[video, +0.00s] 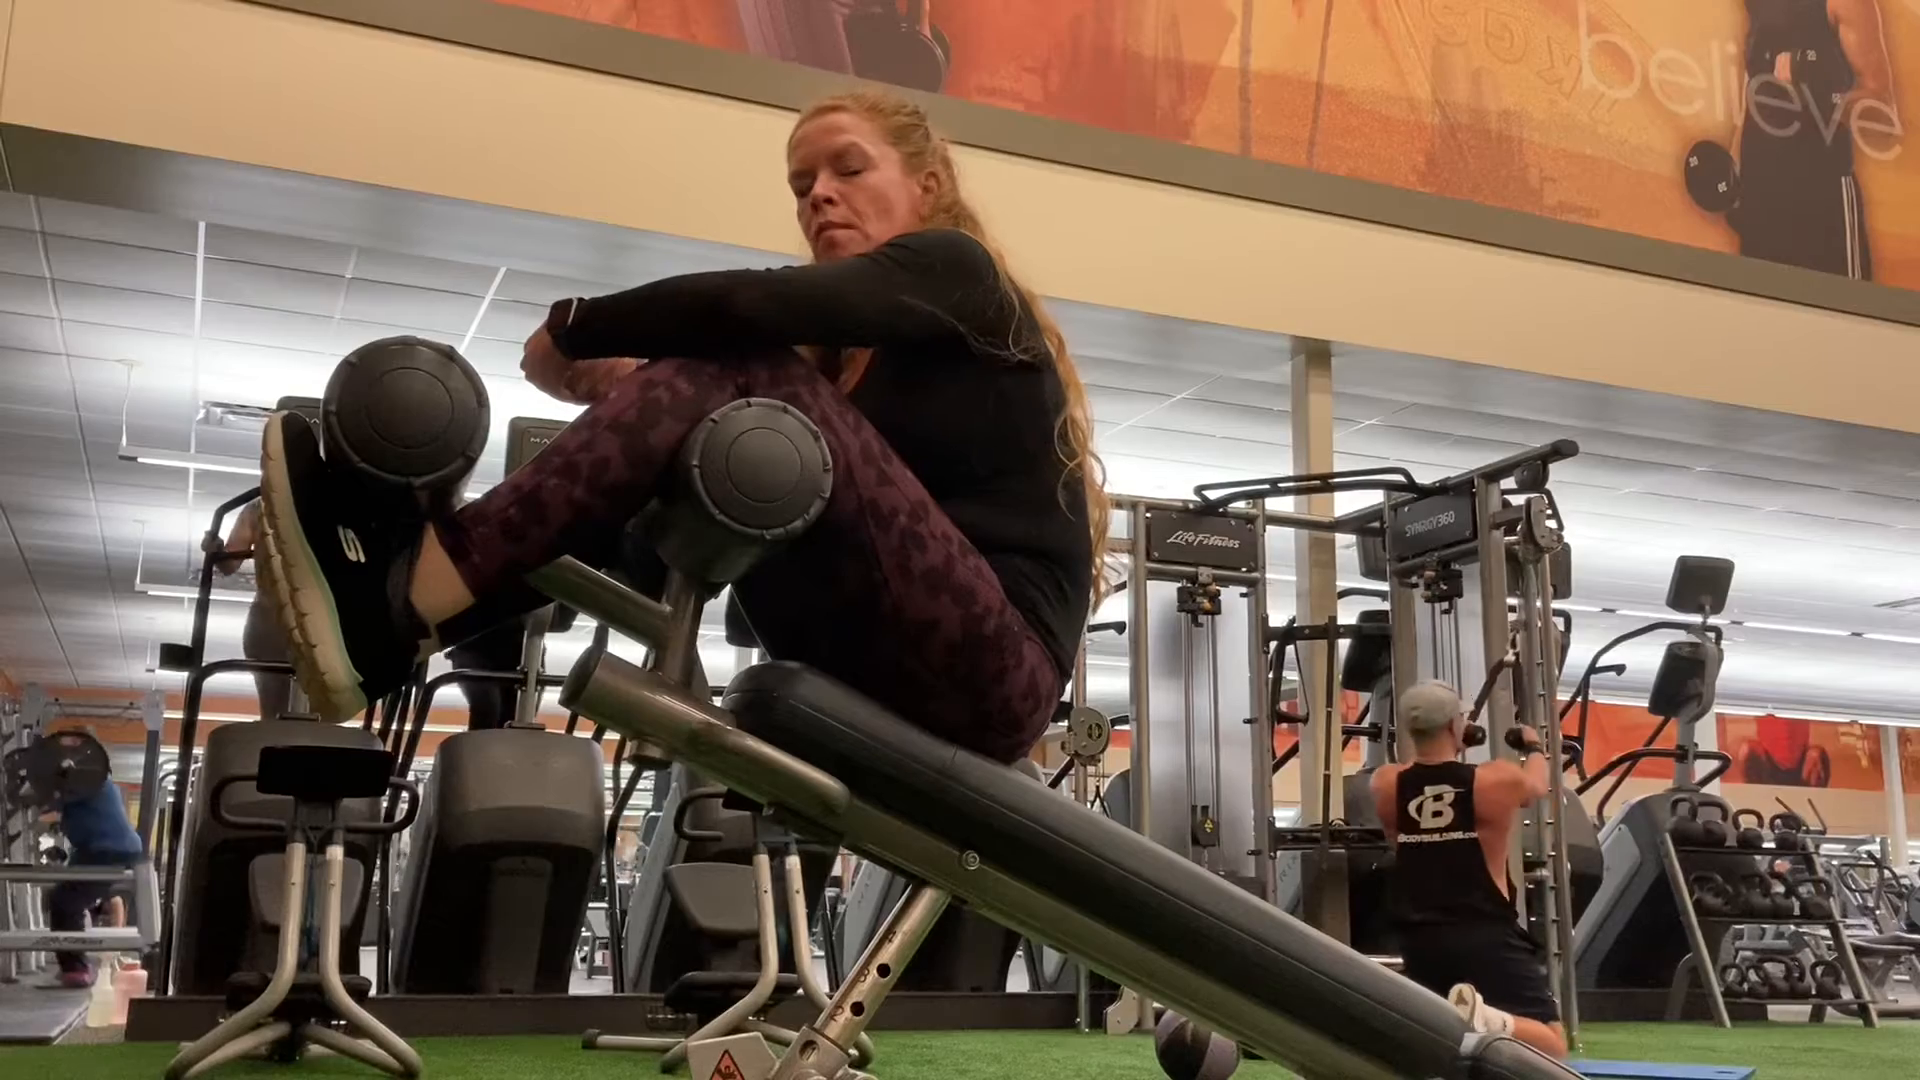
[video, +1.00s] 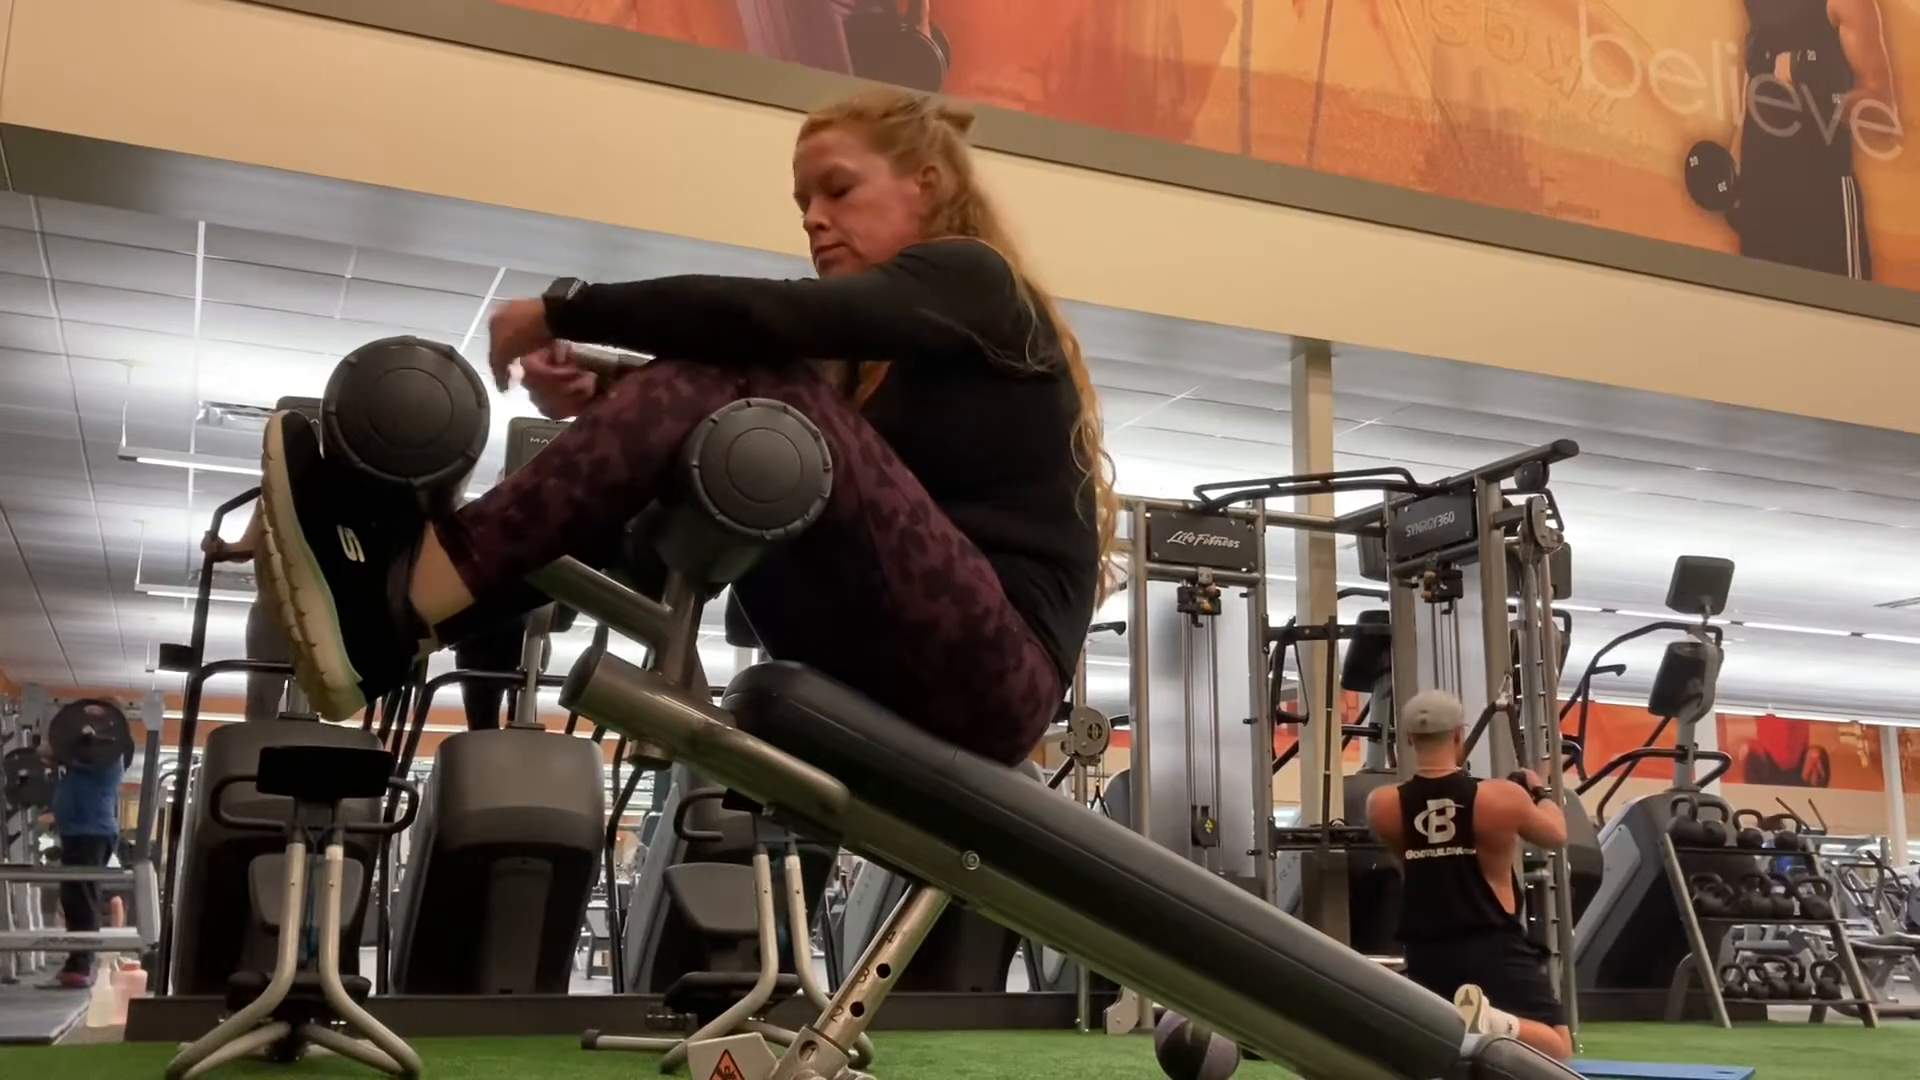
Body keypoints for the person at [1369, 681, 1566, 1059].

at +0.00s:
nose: (1462, 724)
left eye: (1460, 718)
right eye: (1460, 718)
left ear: (1409, 730)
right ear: (1456, 725)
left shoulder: (1385, 784)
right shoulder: (1498, 779)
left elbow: (1417, 774)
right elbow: (1537, 785)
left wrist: (1451, 744)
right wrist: (1536, 745)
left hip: (1420, 939)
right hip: (1487, 938)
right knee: (1555, 1045)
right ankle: (1488, 1018)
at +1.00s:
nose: (1462, 739)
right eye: (1461, 732)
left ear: (1409, 740)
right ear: (1459, 735)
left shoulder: (1382, 805)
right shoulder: (1501, 798)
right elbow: (1555, 832)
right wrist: (1541, 791)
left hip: (1425, 954)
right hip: (1495, 953)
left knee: (1439, 1046)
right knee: (1561, 1047)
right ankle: (1495, 1021)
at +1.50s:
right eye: (1461, 740)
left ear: (1401, 750)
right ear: (1456, 745)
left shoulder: (1378, 817)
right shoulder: (1496, 811)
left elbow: (1365, 872)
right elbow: (1555, 874)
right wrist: (1528, 834)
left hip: (1421, 969)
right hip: (1495, 965)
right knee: (1561, 1049)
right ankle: (1493, 1021)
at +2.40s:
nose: (1475, 736)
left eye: (1473, 728)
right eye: (1473, 729)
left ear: (1421, 738)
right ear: (1464, 736)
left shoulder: (1389, 804)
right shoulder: (1504, 802)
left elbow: (1373, 870)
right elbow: (1560, 872)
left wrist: (1417, 840)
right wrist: (1541, 840)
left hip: (1421, 960)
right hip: (1492, 958)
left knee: (1434, 1053)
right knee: (1561, 1049)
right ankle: (1494, 1022)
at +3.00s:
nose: (1544, 715)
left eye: (1542, 706)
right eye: (1540, 707)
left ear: (1489, 715)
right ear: (1526, 713)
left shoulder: (1454, 781)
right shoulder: (1572, 777)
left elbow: (1433, 846)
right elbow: (1614, 844)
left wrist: (1476, 819)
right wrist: (1579, 808)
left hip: (1470, 930)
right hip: (1540, 933)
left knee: (1464, 1040)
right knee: (1566, 1051)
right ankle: (1503, 1019)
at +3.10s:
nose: (1556, 709)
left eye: (1554, 701)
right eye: (1553, 701)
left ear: (1500, 709)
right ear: (1539, 707)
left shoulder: (1465, 774)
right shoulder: (1587, 771)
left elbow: (1439, 835)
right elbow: (1622, 838)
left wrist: (1485, 805)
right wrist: (1586, 800)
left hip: (1478, 923)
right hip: (1550, 925)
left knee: (1453, 1029)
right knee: (1565, 1050)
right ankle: (1509, 1019)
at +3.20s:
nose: (1563, 704)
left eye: (1560, 697)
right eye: (1560, 697)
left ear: (1509, 707)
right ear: (1550, 705)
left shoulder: (1477, 769)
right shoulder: (1599, 768)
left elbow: (1441, 832)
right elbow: (1628, 834)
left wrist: (1478, 799)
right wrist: (1586, 801)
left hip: (1487, 906)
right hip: (1558, 916)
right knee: (1566, 1047)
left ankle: (1437, 995)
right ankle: (1511, 1019)